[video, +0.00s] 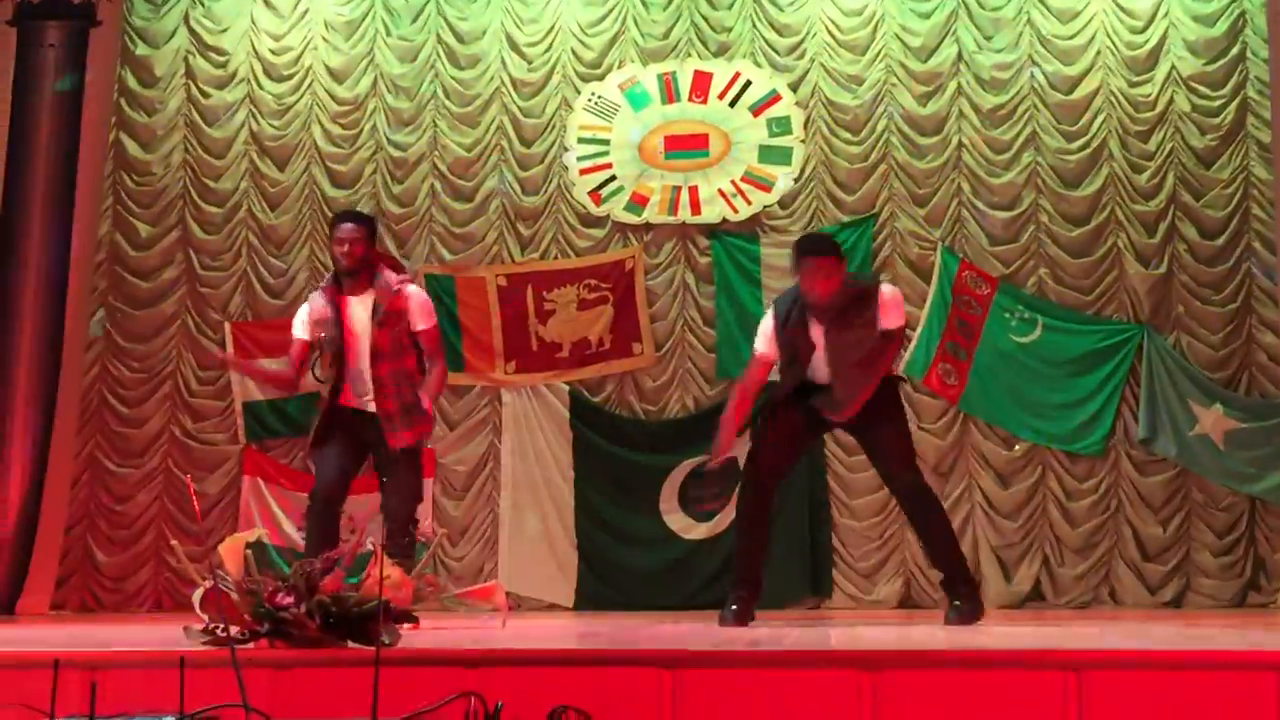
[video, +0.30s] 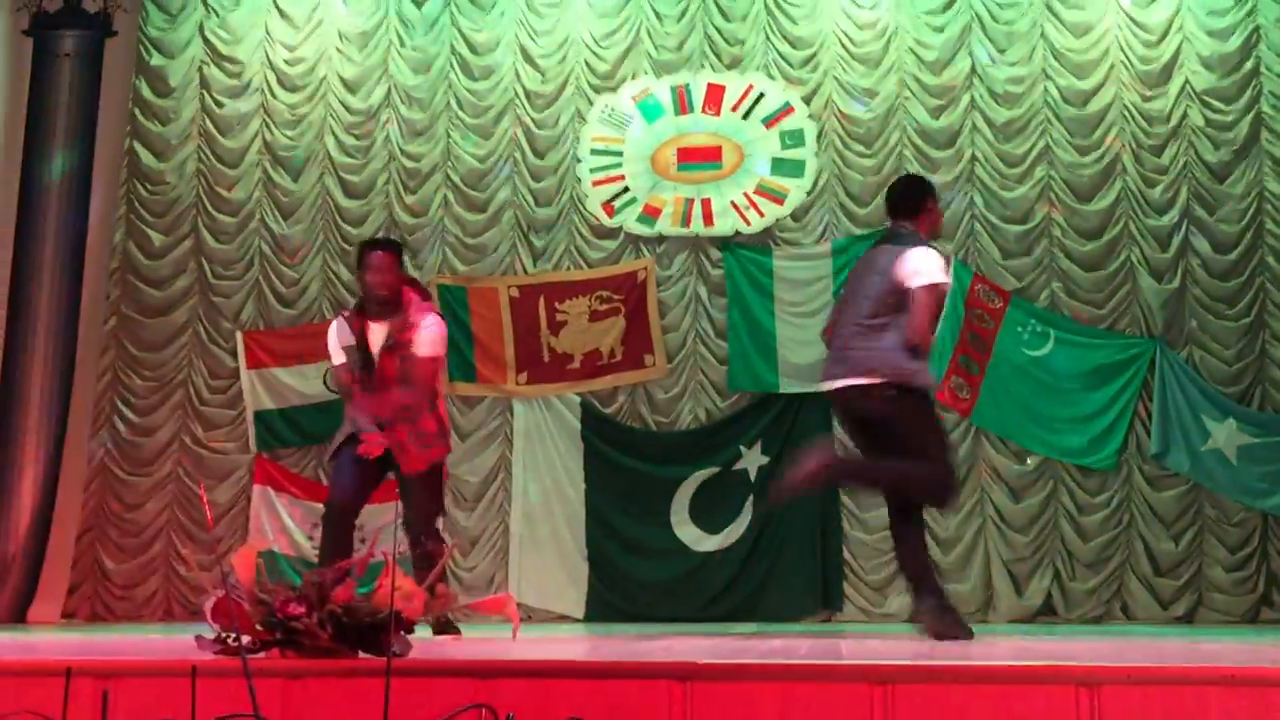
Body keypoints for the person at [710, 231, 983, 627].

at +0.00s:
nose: (820, 285)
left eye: (828, 274)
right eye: (811, 275)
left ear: (844, 272)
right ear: (798, 277)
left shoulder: (881, 301)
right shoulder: (781, 317)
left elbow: (884, 361)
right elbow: (748, 386)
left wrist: (851, 401)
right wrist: (722, 449)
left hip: (870, 395)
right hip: (804, 399)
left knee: (905, 482)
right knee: (758, 477)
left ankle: (962, 592)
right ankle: (742, 597)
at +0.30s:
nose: (940, 216)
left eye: (937, 208)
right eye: (937, 209)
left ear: (893, 215)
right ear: (927, 213)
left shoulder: (870, 258)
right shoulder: (924, 259)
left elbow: (832, 333)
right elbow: (918, 335)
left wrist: (886, 352)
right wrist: (934, 364)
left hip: (848, 390)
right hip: (888, 386)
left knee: (903, 502)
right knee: (938, 486)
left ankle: (931, 606)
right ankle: (833, 467)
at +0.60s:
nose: (788, 235)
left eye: (796, 225)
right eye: (784, 227)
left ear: (826, 226)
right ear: (786, 233)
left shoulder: (852, 262)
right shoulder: (817, 282)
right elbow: (874, 336)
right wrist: (877, 399)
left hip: (938, 379)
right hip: (895, 387)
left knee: (966, 496)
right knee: (896, 502)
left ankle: (1014, 616)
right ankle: (914, 611)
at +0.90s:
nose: (785, 222)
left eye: (793, 212)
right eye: (776, 215)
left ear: (810, 211)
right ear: (768, 221)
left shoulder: (852, 244)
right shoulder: (769, 276)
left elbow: (926, 276)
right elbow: (772, 351)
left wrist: (913, 330)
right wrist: (772, 375)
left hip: (870, 393)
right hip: (810, 401)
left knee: (901, 499)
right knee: (795, 506)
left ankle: (932, 621)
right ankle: (796, 624)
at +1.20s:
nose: (823, 213)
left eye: (831, 203)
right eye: (814, 205)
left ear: (846, 201)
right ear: (801, 205)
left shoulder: (876, 235)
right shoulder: (785, 246)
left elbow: (912, 272)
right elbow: (732, 283)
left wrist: (875, 279)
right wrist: (702, 319)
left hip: (866, 395)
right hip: (802, 396)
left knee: (893, 504)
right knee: (766, 491)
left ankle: (921, 622)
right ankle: (758, 610)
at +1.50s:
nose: (819, 224)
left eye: (828, 215)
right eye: (810, 215)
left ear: (839, 216)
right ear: (795, 215)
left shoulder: (865, 263)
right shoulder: (770, 265)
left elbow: (877, 339)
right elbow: (752, 340)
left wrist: (828, 296)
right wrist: (803, 301)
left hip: (848, 401)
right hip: (789, 403)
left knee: (880, 508)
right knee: (758, 509)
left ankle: (917, 629)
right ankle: (726, 629)